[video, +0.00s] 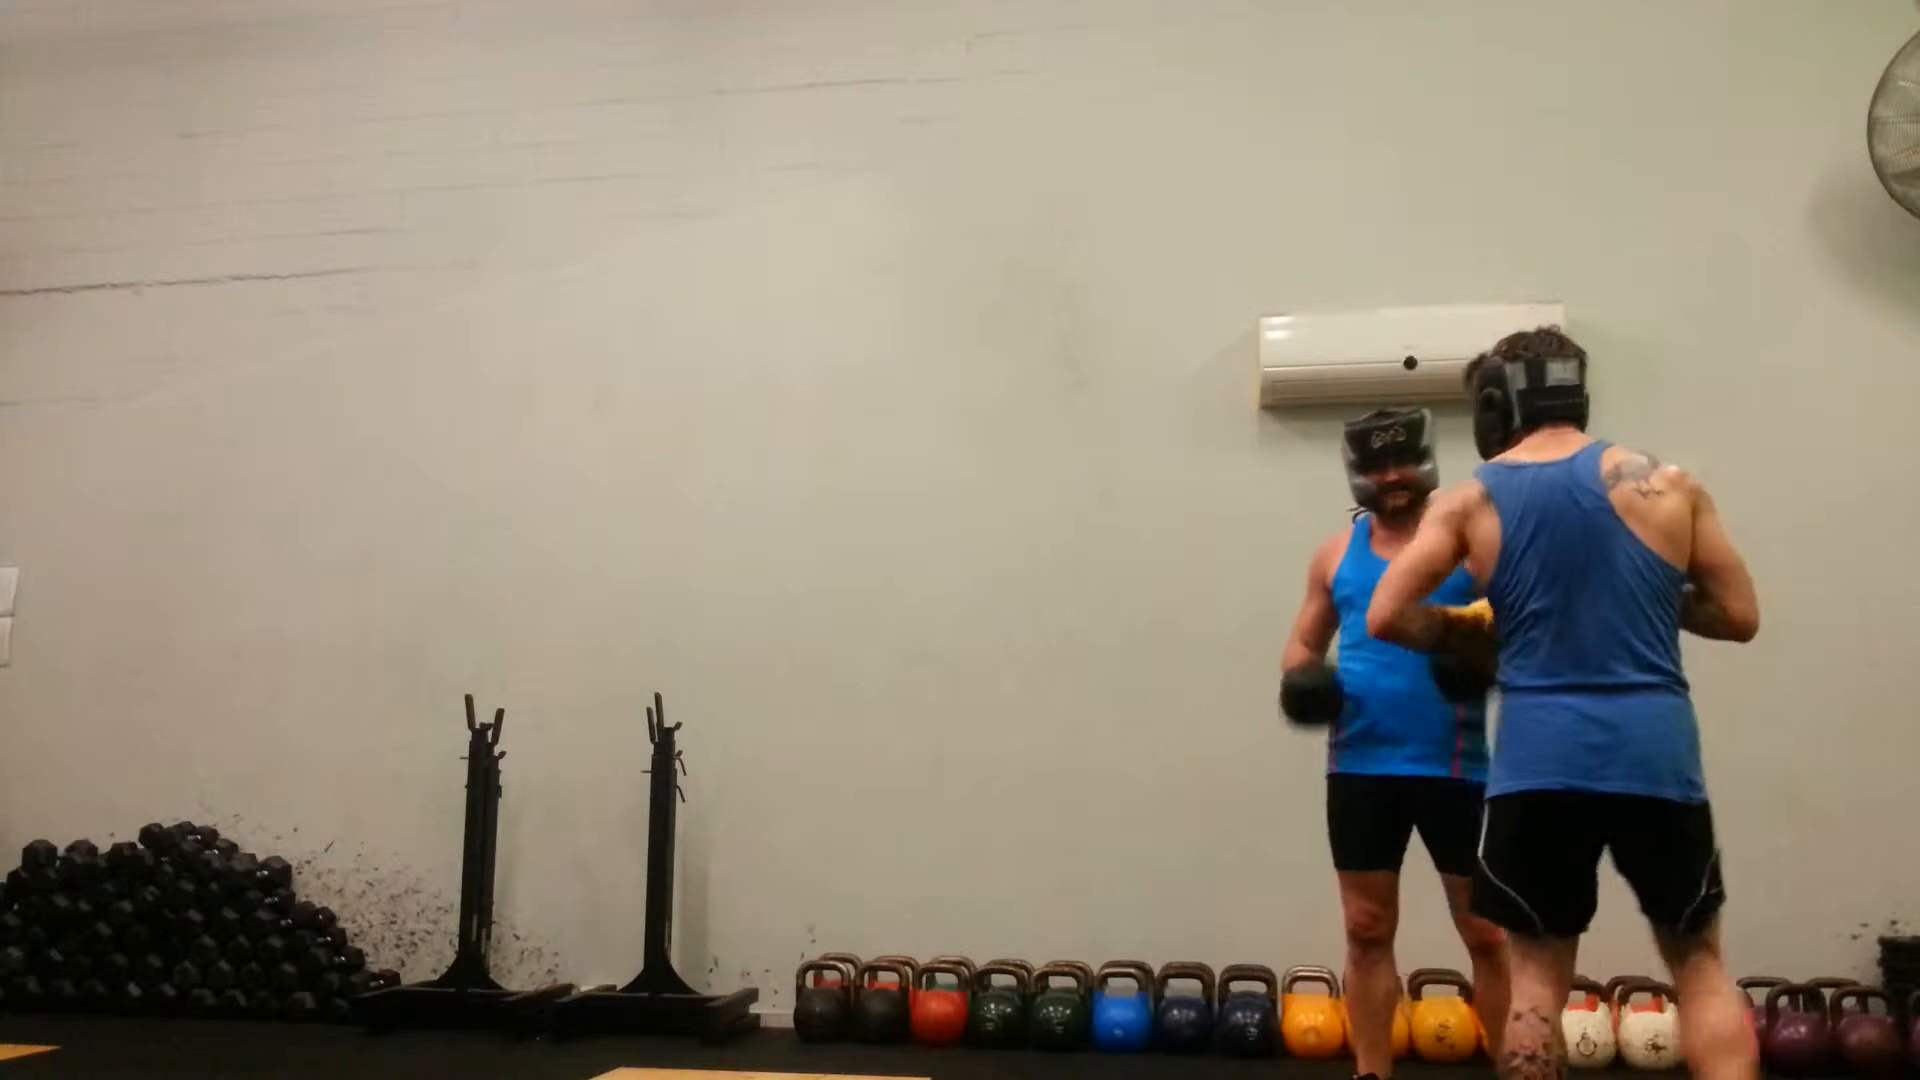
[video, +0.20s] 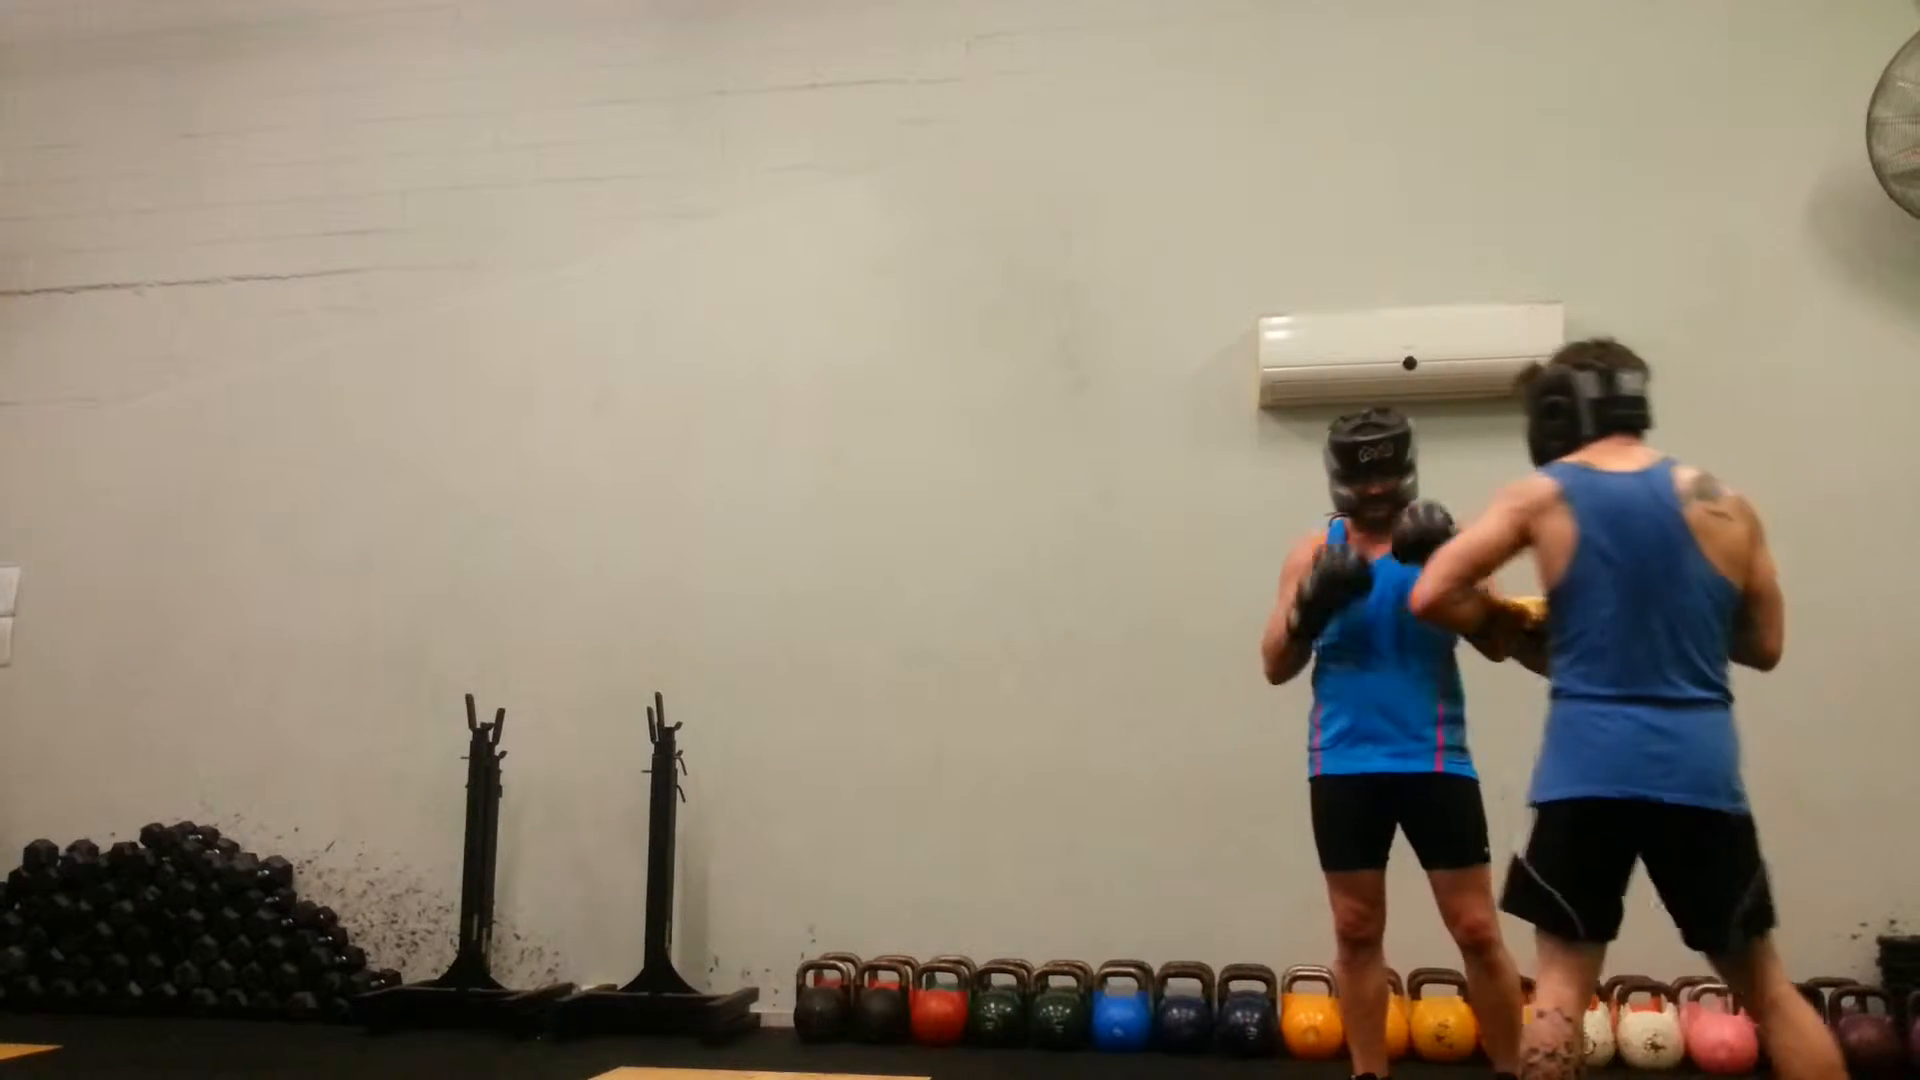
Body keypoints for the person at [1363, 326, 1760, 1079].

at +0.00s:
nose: (1476, 423)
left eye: (1481, 411)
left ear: (1497, 412)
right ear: (1581, 405)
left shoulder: (1471, 499)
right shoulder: (1668, 483)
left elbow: (1390, 615)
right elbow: (1738, 615)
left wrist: (1471, 631)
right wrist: (1642, 589)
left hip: (1536, 775)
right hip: (1659, 772)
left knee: (1537, 970)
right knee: (1697, 959)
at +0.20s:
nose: (1535, 431)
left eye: (1539, 418)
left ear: (1557, 418)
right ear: (1641, 413)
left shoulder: (1542, 493)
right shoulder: (1726, 506)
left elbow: (1433, 596)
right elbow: (1764, 647)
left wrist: (1507, 626)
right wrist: (1681, 596)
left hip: (1584, 782)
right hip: (1701, 784)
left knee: (1561, 981)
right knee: (1767, 986)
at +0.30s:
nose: (1572, 437)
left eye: (1577, 423)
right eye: (1575, 423)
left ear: (1602, 423)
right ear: (1680, 419)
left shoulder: (1590, 494)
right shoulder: (1758, 512)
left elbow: (1489, 595)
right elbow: (1768, 660)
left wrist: (1558, 635)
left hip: (1627, 784)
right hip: (1742, 784)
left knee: (1582, 984)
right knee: (1789, 989)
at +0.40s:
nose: (1603, 451)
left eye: (1606, 436)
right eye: (1600, 438)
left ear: (1635, 429)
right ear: (1705, 425)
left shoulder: (1631, 492)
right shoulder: (1785, 513)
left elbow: (1584, 600)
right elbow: (1775, 630)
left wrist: (1612, 658)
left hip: (1665, 779)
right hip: (1778, 778)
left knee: (1603, 970)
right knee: (1809, 984)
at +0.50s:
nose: (1623, 462)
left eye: (1624, 446)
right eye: (1619, 449)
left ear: (1651, 434)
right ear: (1720, 430)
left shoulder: (1663, 482)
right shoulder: (1800, 512)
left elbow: (1661, 579)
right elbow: (1796, 614)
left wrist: (1612, 614)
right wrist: (1670, 621)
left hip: (1694, 768)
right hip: (1801, 773)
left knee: (1624, 955)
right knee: (1814, 977)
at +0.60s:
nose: (1644, 469)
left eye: (1644, 452)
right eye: (1642, 455)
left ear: (1668, 434)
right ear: (1733, 429)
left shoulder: (1698, 477)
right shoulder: (1812, 508)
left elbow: (1682, 576)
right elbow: (1801, 606)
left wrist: (1623, 584)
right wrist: (1682, 543)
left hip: (1717, 762)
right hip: (1818, 770)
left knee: (1645, 957)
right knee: (1826, 976)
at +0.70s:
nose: (1659, 453)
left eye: (1661, 434)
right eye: (1655, 436)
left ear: (1693, 424)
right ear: (1754, 420)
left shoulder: (1717, 475)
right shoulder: (1829, 508)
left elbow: (1669, 577)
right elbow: (1779, 583)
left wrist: (1617, 551)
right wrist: (1683, 524)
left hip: (1734, 761)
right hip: (1834, 766)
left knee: (1669, 961)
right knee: (1835, 978)